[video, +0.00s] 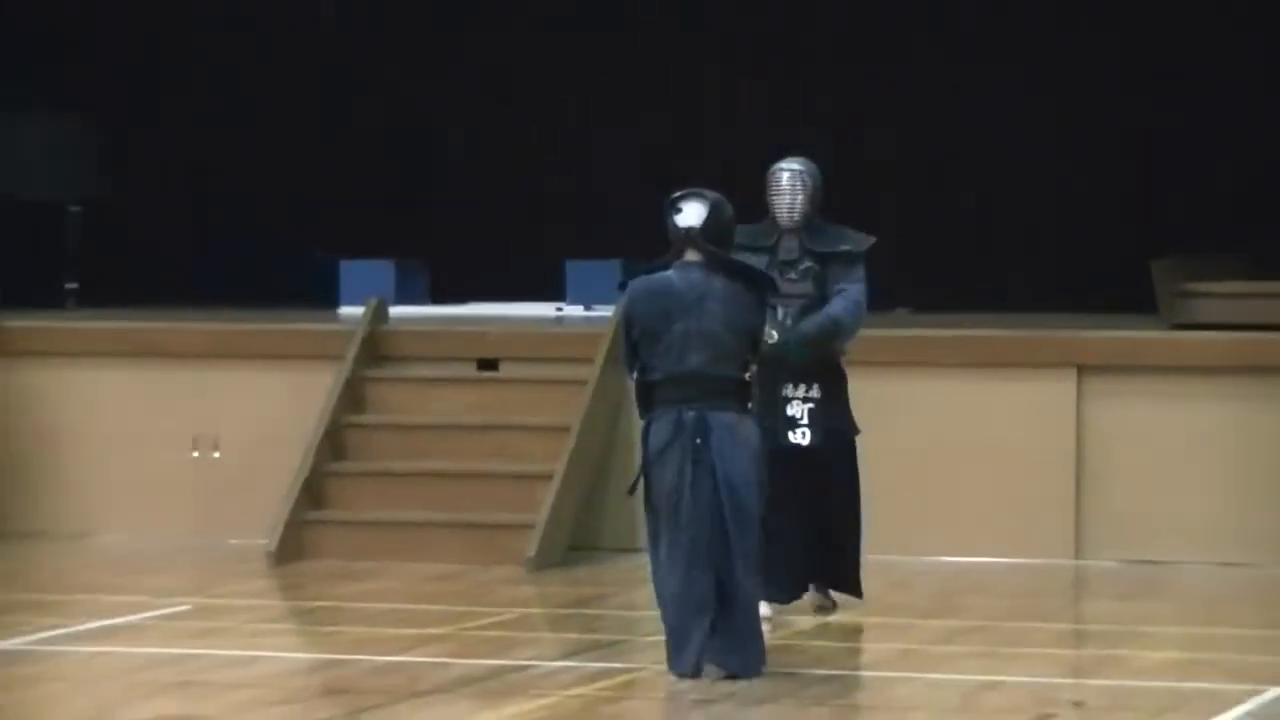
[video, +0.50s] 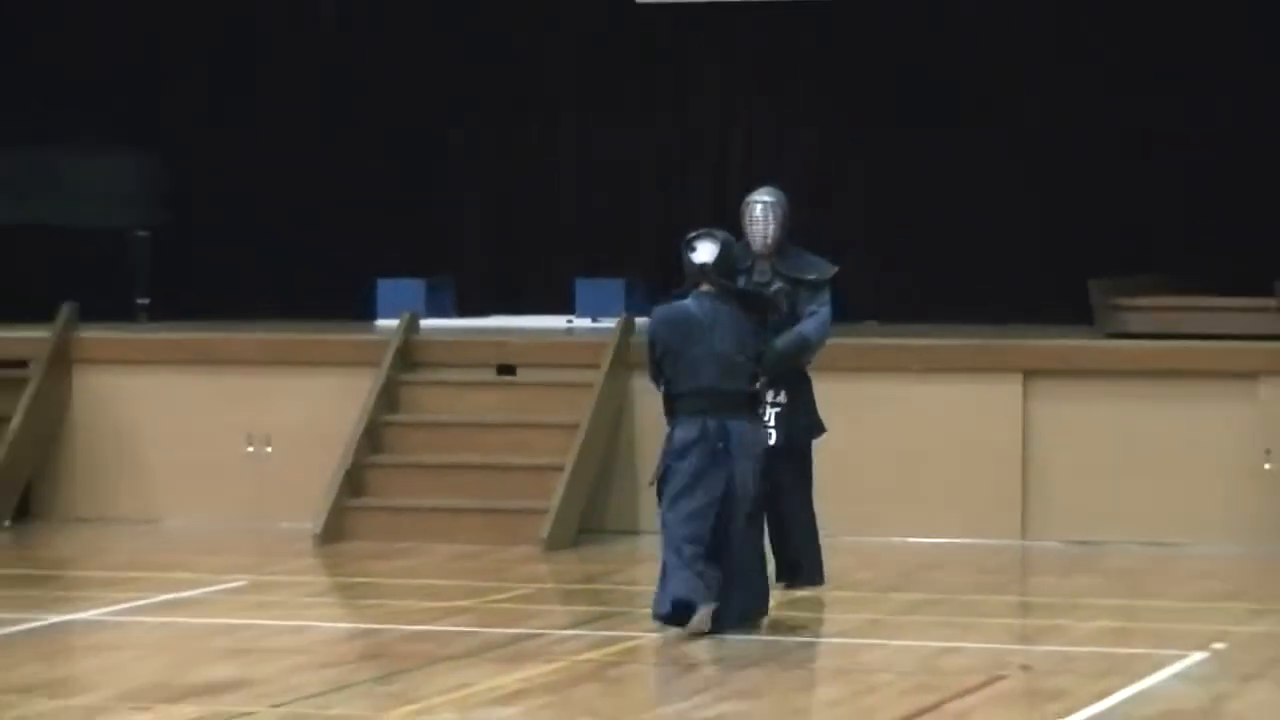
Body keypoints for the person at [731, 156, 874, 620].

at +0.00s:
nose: (787, 200)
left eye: (796, 190)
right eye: (780, 190)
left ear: (813, 195)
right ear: (768, 194)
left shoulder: (840, 249)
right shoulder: (743, 247)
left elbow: (850, 307)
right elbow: (724, 302)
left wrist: (795, 343)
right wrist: (757, 339)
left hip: (818, 379)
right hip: (761, 379)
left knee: (822, 479)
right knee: (767, 480)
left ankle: (820, 580)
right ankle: (769, 588)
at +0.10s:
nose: (778, 203)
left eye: (787, 194)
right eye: (771, 194)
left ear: (803, 198)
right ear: (759, 198)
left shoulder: (830, 250)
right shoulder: (737, 248)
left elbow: (839, 307)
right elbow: (718, 304)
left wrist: (786, 341)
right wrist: (750, 340)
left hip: (807, 377)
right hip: (751, 378)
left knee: (816, 477)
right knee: (757, 479)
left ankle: (818, 577)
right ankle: (759, 586)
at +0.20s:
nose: (771, 206)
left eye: (779, 197)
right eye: (764, 197)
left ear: (795, 203)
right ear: (752, 201)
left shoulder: (820, 255)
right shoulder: (733, 253)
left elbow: (830, 311)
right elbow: (715, 306)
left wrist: (779, 343)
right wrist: (745, 342)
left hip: (798, 379)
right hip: (745, 378)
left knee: (808, 478)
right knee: (753, 480)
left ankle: (811, 572)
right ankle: (756, 581)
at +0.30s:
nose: (768, 214)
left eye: (776, 204)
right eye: (760, 204)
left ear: (789, 208)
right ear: (748, 208)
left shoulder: (815, 261)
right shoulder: (729, 257)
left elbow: (821, 320)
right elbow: (710, 311)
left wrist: (771, 351)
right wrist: (742, 347)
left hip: (790, 382)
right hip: (739, 381)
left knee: (797, 478)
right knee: (750, 478)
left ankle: (805, 574)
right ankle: (760, 575)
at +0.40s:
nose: (767, 220)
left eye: (774, 211)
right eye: (760, 211)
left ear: (788, 216)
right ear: (747, 215)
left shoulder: (813, 267)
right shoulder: (728, 263)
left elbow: (819, 324)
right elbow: (708, 314)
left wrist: (768, 356)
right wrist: (736, 354)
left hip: (789, 385)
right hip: (736, 384)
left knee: (794, 483)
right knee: (744, 482)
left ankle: (800, 574)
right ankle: (745, 575)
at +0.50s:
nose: (762, 225)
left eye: (770, 216)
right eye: (755, 215)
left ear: (783, 221)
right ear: (743, 220)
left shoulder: (807, 272)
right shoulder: (726, 270)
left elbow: (816, 325)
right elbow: (705, 319)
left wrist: (771, 357)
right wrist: (735, 358)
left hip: (785, 393)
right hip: (734, 394)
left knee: (790, 492)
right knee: (739, 491)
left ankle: (800, 578)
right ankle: (740, 582)